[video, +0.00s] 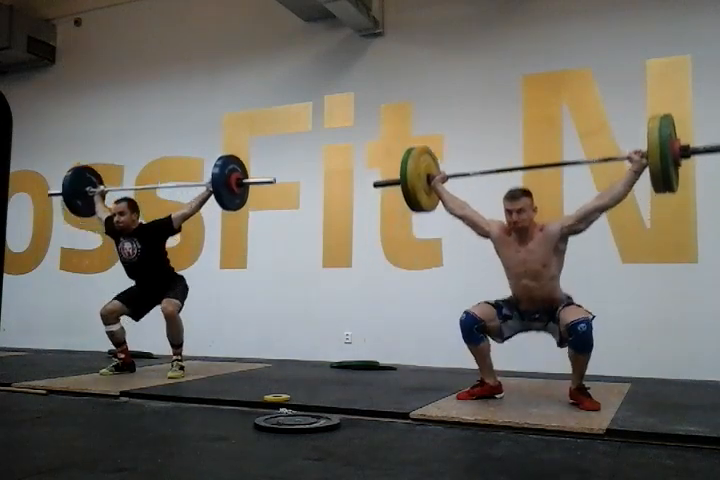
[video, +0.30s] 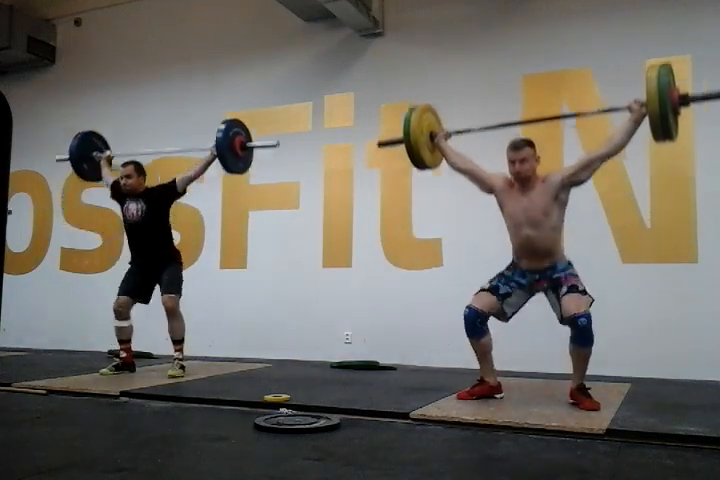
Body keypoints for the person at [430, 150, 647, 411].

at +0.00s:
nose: (515, 218)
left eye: (521, 212)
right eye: (510, 213)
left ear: (534, 210)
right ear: (505, 214)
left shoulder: (556, 232)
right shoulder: (497, 234)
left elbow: (600, 204)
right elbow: (464, 212)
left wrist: (635, 171)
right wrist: (438, 188)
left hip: (555, 310)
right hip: (516, 310)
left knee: (582, 327)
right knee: (470, 321)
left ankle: (577, 389)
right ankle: (489, 383)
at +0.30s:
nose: (518, 167)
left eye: (523, 161)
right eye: (513, 162)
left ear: (536, 160)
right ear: (507, 164)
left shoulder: (557, 183)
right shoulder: (500, 188)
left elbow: (604, 154)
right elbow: (464, 166)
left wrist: (635, 118)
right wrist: (440, 141)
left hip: (556, 270)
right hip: (520, 271)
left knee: (582, 323)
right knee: (473, 315)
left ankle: (578, 388)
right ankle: (489, 382)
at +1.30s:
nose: (532, 122)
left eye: (538, 118)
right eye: (528, 118)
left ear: (549, 123)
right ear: (523, 124)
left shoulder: (564, 153)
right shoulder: (509, 160)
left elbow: (616, 152)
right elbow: (465, 167)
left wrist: (630, 114)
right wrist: (443, 139)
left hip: (548, 235)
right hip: (512, 236)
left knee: (560, 310)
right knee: (508, 311)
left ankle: (572, 382)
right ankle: (511, 380)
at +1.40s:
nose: (532, 110)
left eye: (538, 106)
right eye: (528, 107)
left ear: (550, 114)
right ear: (523, 115)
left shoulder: (562, 142)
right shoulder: (511, 147)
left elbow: (607, 137)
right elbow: (471, 156)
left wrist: (641, 131)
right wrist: (442, 154)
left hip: (550, 223)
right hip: (516, 226)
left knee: (562, 301)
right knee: (511, 302)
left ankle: (572, 376)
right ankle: (509, 374)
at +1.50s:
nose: (528, 110)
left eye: (534, 105)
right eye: (524, 106)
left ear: (547, 111)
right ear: (519, 113)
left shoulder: (563, 140)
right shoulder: (506, 145)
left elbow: (607, 145)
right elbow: (467, 160)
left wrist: (624, 172)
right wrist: (441, 185)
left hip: (552, 226)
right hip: (518, 228)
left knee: (564, 303)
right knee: (513, 304)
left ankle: (572, 378)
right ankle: (509, 376)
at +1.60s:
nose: (521, 116)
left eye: (527, 110)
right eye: (517, 111)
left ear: (539, 113)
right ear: (511, 116)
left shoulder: (558, 147)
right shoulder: (500, 153)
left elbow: (599, 174)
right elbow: (467, 183)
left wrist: (627, 215)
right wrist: (444, 218)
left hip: (554, 235)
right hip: (518, 237)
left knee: (564, 307)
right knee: (512, 308)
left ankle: (573, 381)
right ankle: (510, 379)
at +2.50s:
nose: (533, 117)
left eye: (538, 113)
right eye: (528, 113)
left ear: (549, 119)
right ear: (522, 120)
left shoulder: (563, 145)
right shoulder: (509, 147)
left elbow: (602, 157)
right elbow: (471, 166)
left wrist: (625, 174)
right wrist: (440, 183)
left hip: (550, 223)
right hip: (515, 224)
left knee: (564, 296)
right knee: (502, 296)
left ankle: (575, 376)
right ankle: (504, 371)